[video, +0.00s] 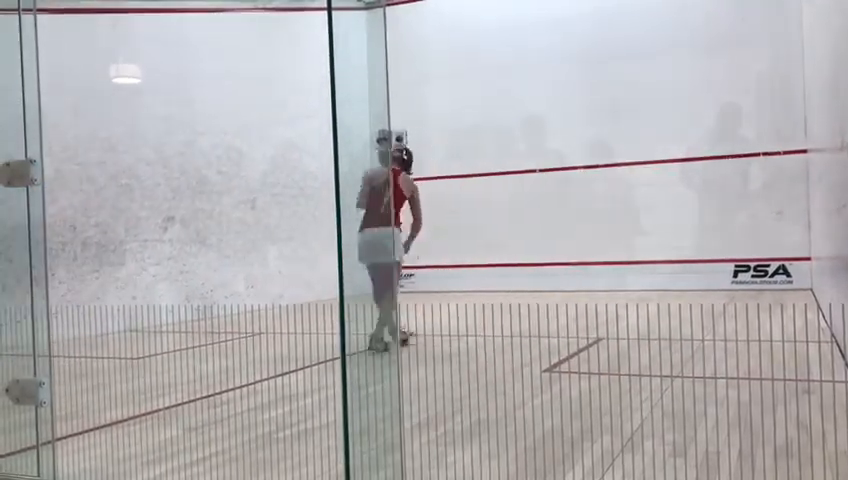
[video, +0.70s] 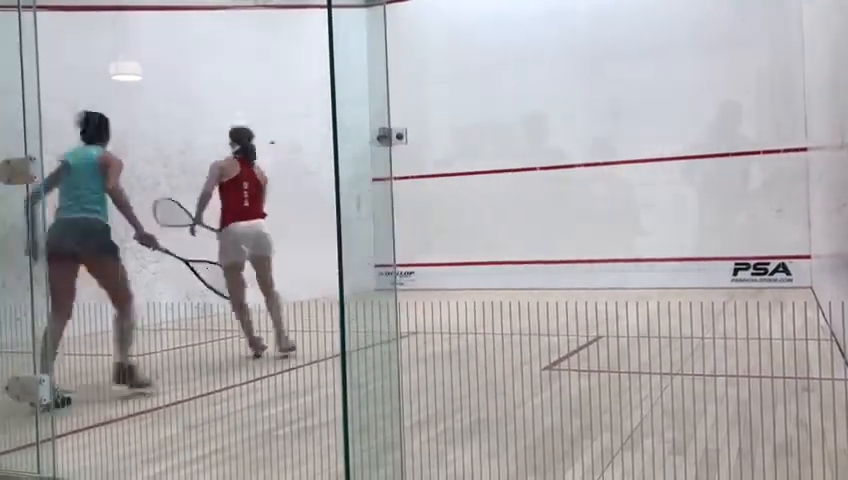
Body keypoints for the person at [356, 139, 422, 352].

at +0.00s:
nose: (391, 159)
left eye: (392, 155)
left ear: (389, 159)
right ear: (408, 165)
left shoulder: (371, 175)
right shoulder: (409, 184)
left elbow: (361, 203)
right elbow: (417, 220)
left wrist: (379, 202)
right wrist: (408, 242)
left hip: (368, 237)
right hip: (390, 237)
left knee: (379, 290)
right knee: (389, 290)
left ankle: (396, 332)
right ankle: (377, 337)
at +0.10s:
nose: (381, 162)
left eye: (380, 157)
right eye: (383, 157)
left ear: (371, 156)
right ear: (390, 157)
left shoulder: (359, 173)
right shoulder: (395, 179)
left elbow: (343, 198)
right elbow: (404, 216)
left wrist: (359, 201)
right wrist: (403, 241)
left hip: (355, 230)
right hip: (380, 230)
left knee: (357, 285)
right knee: (388, 286)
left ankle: (366, 329)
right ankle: (376, 333)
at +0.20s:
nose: (388, 155)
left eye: (388, 151)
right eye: (387, 151)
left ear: (362, 149)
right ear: (381, 152)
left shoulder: (346, 166)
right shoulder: (383, 174)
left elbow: (328, 192)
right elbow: (392, 210)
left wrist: (349, 197)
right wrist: (393, 240)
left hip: (338, 227)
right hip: (364, 227)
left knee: (337, 282)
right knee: (378, 284)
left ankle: (333, 332)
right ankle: (377, 336)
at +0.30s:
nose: (359, 161)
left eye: (355, 156)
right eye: (363, 158)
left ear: (348, 154)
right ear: (366, 158)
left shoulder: (330, 174)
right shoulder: (371, 181)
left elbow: (313, 201)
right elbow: (379, 218)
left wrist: (327, 208)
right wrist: (381, 246)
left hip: (325, 232)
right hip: (352, 233)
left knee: (317, 285)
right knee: (369, 288)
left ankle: (298, 334)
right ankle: (378, 337)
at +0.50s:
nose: (296, 164)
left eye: (296, 162)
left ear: (297, 163)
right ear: (316, 164)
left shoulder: (284, 186)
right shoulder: (324, 194)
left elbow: (268, 217)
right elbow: (327, 227)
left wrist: (270, 238)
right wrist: (320, 242)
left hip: (288, 246)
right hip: (315, 246)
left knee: (275, 297)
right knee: (342, 292)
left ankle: (265, 343)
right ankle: (374, 335)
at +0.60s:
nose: (262, 158)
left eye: (263, 155)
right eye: (266, 154)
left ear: (264, 157)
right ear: (282, 157)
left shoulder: (249, 178)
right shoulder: (289, 186)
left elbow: (232, 207)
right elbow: (290, 222)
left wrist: (228, 231)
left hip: (258, 243)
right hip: (284, 241)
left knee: (261, 297)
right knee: (312, 292)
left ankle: (264, 343)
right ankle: (342, 335)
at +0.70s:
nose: (230, 146)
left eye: (231, 142)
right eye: (233, 142)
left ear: (232, 145)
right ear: (251, 144)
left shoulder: (221, 167)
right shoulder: (259, 172)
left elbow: (206, 194)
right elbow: (259, 206)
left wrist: (197, 217)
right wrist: (229, 221)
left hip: (233, 231)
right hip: (257, 228)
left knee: (237, 294)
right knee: (269, 287)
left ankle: (253, 341)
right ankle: (282, 338)